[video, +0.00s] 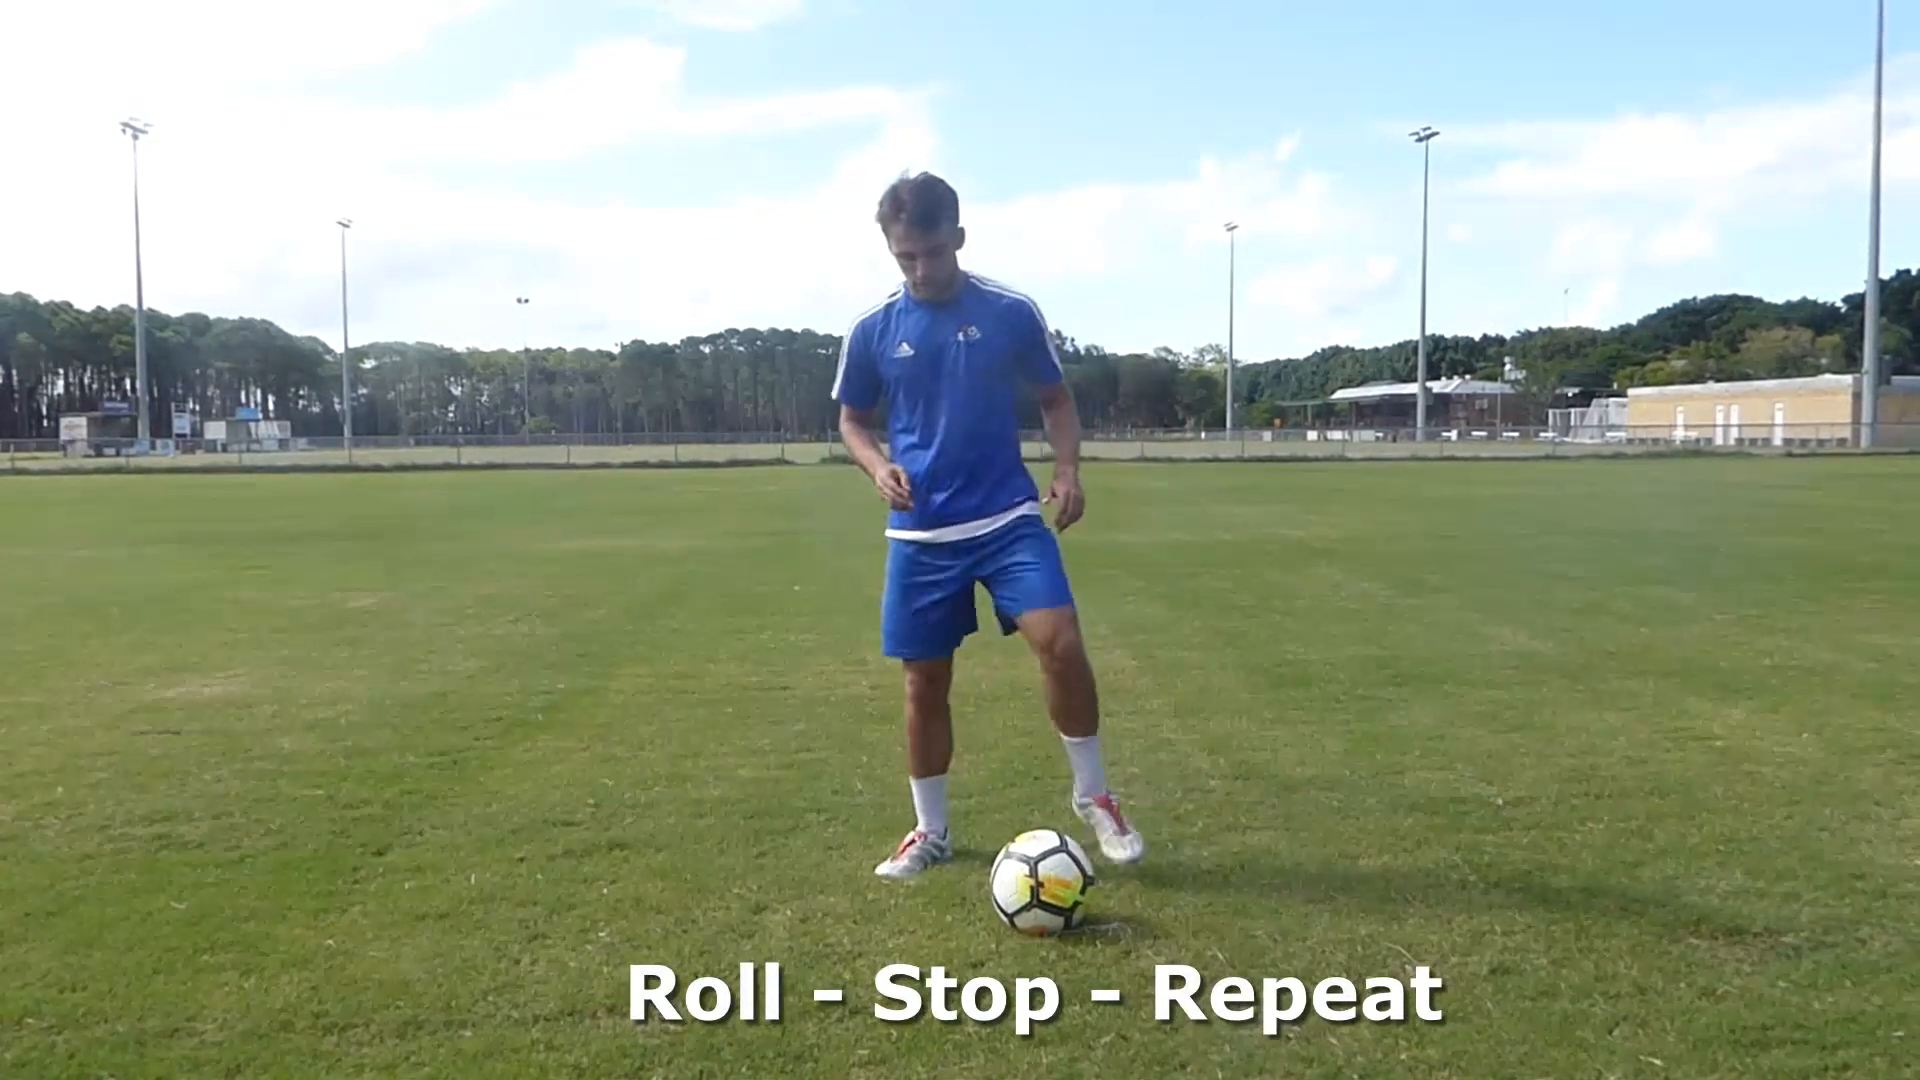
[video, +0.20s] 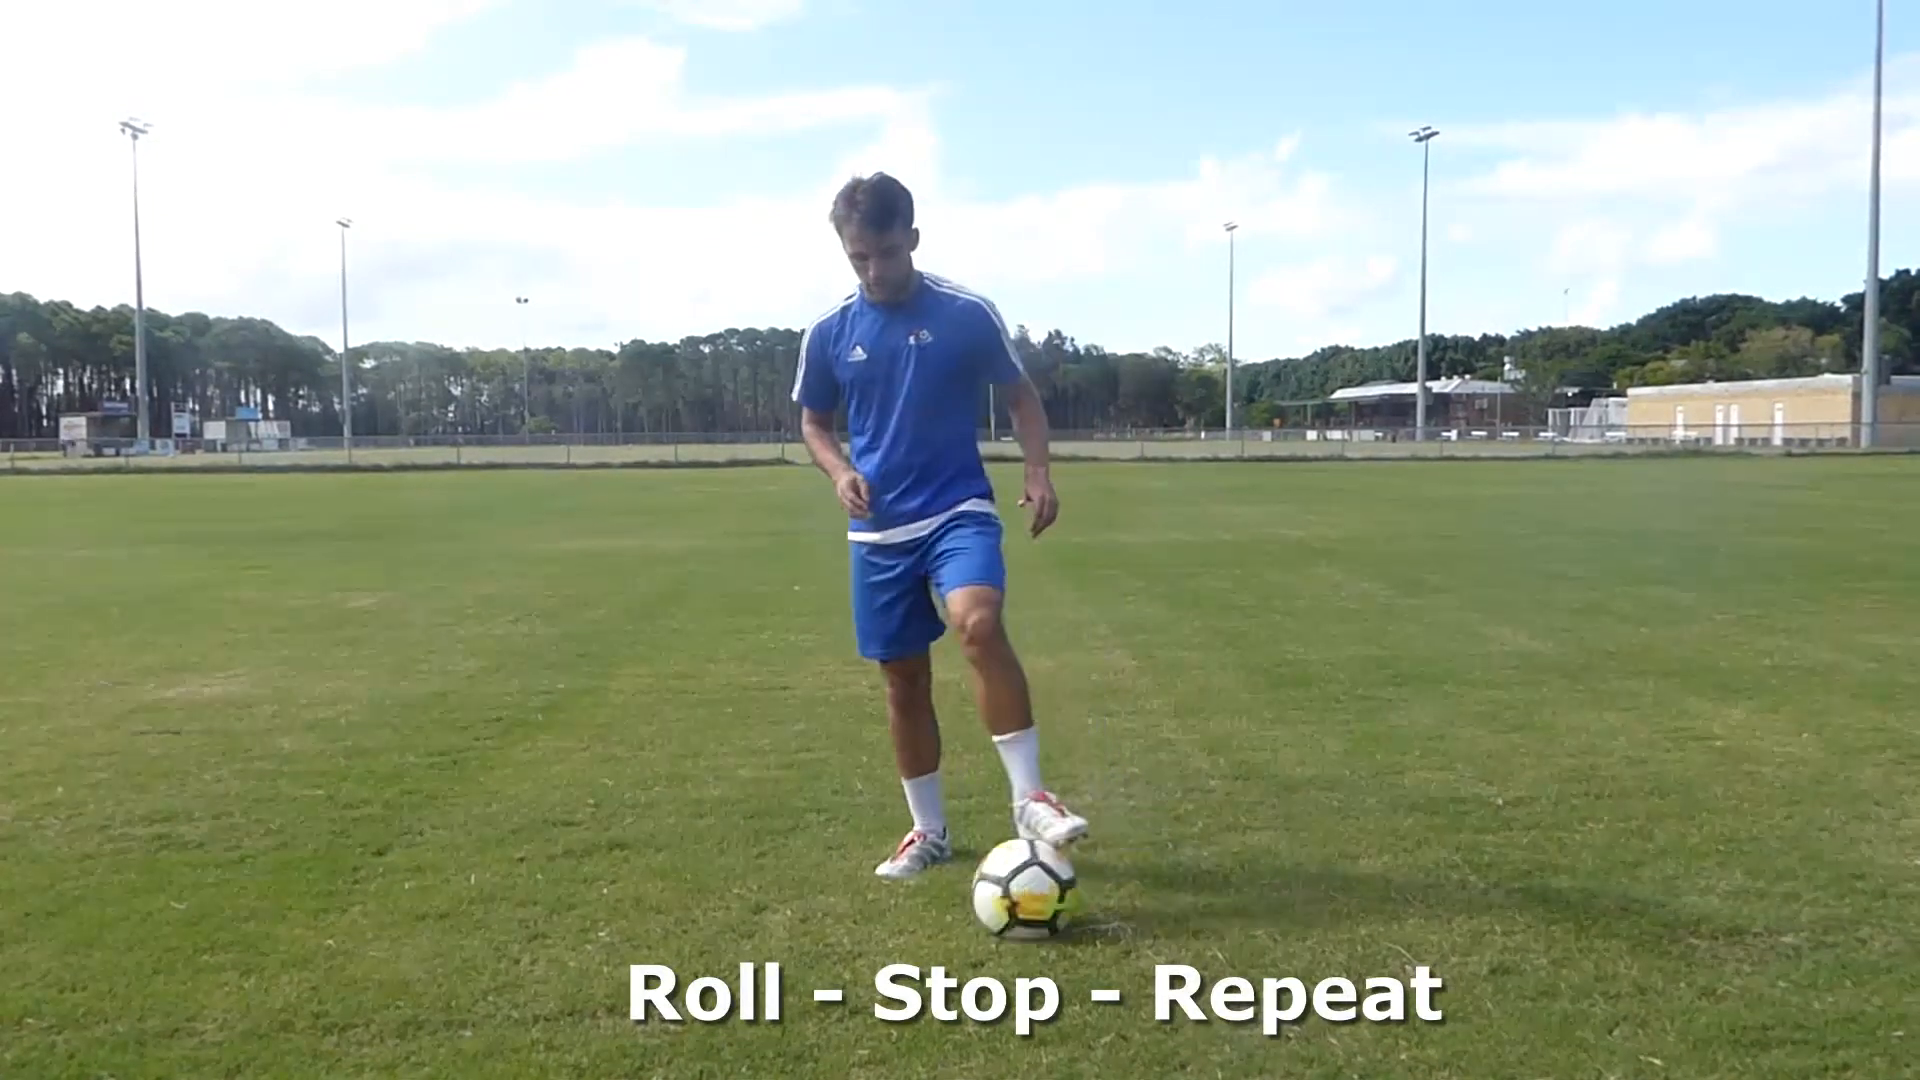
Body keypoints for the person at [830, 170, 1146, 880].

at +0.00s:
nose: (920, 271)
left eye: (931, 254)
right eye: (905, 258)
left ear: (958, 238)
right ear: (888, 249)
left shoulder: (1011, 314)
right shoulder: (872, 334)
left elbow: (1055, 400)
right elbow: (851, 420)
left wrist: (1067, 471)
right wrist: (877, 464)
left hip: (1010, 523)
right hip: (921, 537)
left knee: (1061, 645)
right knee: (923, 686)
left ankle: (1093, 796)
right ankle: (930, 833)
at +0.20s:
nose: (874, 272)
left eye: (886, 254)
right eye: (860, 259)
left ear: (912, 239)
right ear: (843, 251)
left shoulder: (966, 315)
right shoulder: (829, 337)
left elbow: (1021, 394)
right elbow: (814, 422)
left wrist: (1038, 474)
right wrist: (839, 471)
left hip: (960, 514)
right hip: (879, 533)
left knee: (979, 625)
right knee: (904, 682)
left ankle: (1031, 799)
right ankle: (929, 832)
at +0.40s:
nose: (841, 274)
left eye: (855, 257)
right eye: (827, 259)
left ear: (882, 242)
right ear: (811, 249)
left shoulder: (932, 321)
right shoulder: (794, 337)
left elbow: (990, 404)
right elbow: (785, 426)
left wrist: (1006, 488)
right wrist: (808, 468)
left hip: (913, 512)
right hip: (839, 528)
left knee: (859, 624)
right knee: (883, 681)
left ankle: (862, 805)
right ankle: (928, 833)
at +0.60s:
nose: (797, 274)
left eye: (811, 259)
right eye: (786, 258)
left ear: (849, 247)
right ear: (776, 247)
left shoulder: (892, 331)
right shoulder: (757, 332)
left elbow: (944, 420)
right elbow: (729, 422)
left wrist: (958, 517)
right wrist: (749, 463)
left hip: (852, 540)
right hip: (785, 540)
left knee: (778, 689)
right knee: (839, 692)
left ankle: (755, 856)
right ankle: (917, 824)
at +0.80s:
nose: (757, 272)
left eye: (769, 257)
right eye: (748, 256)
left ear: (814, 248)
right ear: (743, 248)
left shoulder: (859, 338)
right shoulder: (731, 325)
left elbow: (900, 445)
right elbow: (707, 407)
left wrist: (909, 551)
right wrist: (688, 456)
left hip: (799, 552)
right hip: (725, 538)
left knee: (749, 702)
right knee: (650, 664)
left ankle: (755, 857)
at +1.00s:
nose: (739, 272)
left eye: (753, 257)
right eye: (732, 257)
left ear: (796, 247)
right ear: (727, 250)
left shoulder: (844, 336)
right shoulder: (711, 326)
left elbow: (878, 447)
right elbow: (687, 413)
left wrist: (853, 511)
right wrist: (663, 471)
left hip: (771, 553)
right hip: (689, 531)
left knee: (736, 708)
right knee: (609, 659)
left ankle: (749, 860)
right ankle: (516, 809)